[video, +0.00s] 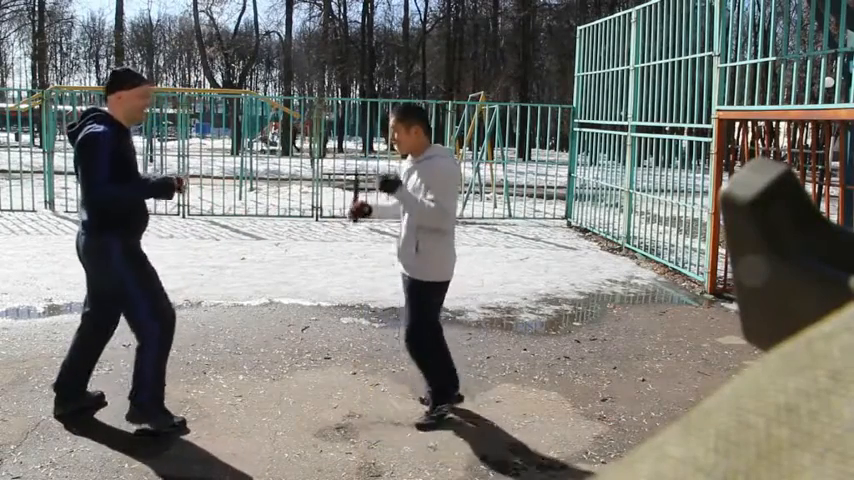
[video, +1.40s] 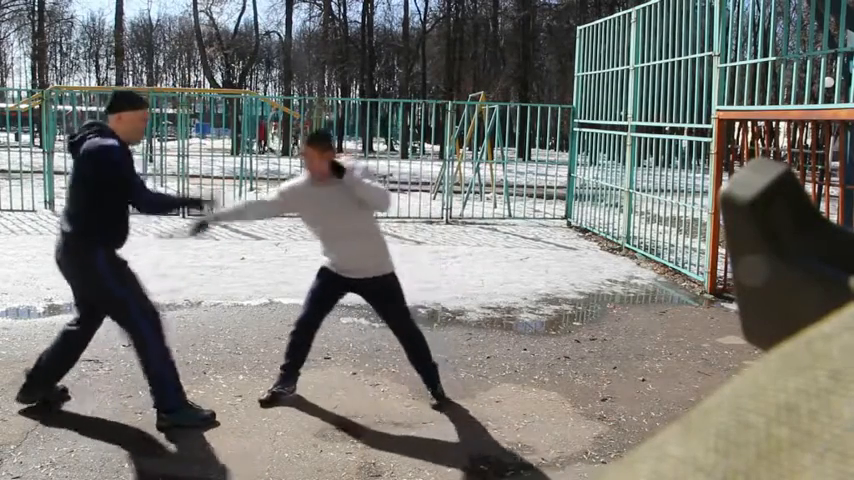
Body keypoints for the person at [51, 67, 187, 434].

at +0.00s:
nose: (148, 106)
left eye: (149, 99)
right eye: (143, 98)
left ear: (121, 99)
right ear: (119, 97)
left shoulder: (110, 131)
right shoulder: (100, 134)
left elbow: (118, 184)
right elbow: (104, 193)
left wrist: (160, 186)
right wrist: (158, 188)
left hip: (103, 244)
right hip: (112, 247)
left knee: (99, 320)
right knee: (158, 319)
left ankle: (70, 397)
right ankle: (147, 406)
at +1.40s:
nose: (145, 127)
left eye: (146, 120)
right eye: (142, 119)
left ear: (118, 118)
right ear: (120, 118)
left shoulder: (96, 145)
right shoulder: (111, 152)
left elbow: (137, 197)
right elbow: (143, 200)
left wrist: (179, 204)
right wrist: (188, 203)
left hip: (76, 252)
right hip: (94, 256)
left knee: (88, 319)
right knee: (145, 321)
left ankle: (37, 385)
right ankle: (173, 408)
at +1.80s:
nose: (133, 139)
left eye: (135, 133)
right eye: (130, 131)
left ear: (106, 127)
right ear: (107, 126)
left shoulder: (93, 155)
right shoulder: (88, 161)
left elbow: (118, 213)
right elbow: (119, 219)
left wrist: (155, 226)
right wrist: (164, 231)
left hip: (52, 254)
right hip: (62, 258)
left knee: (55, 321)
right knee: (115, 322)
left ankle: (5, 382)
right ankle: (134, 409)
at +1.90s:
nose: (121, 126)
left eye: (122, 119)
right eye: (116, 118)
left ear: (95, 118)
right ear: (92, 116)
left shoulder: (84, 148)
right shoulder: (67, 151)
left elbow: (92, 196)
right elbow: (77, 204)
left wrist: (130, 201)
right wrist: (132, 202)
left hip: (52, 249)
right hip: (58, 253)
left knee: (47, 321)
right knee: (104, 326)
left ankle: (5, 383)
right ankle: (133, 408)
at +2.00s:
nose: (105, 116)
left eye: (106, 109)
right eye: (100, 108)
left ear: (82, 108)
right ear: (77, 106)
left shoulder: (71, 137)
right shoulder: (57, 140)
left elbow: (73, 188)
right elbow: (66, 195)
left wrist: (105, 171)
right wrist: (107, 171)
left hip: (54, 246)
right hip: (58, 249)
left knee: (40, 319)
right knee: (102, 316)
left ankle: (6, 383)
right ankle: (116, 404)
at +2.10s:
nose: (98, 106)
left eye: (98, 99)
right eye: (92, 98)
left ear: (74, 101)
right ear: (68, 99)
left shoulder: (65, 132)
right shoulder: (51, 134)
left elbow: (65, 186)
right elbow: (59, 188)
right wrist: (100, 172)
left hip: (56, 240)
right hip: (59, 243)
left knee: (42, 314)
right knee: (100, 314)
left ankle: (5, 382)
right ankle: (99, 401)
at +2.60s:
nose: (91, 102)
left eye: (90, 95)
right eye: (85, 95)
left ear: (62, 99)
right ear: (61, 98)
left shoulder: (53, 130)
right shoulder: (56, 134)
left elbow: (65, 186)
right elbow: (70, 187)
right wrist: (113, 178)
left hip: (49, 239)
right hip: (68, 242)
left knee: (56, 308)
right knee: (109, 312)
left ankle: (8, 376)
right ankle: (118, 399)